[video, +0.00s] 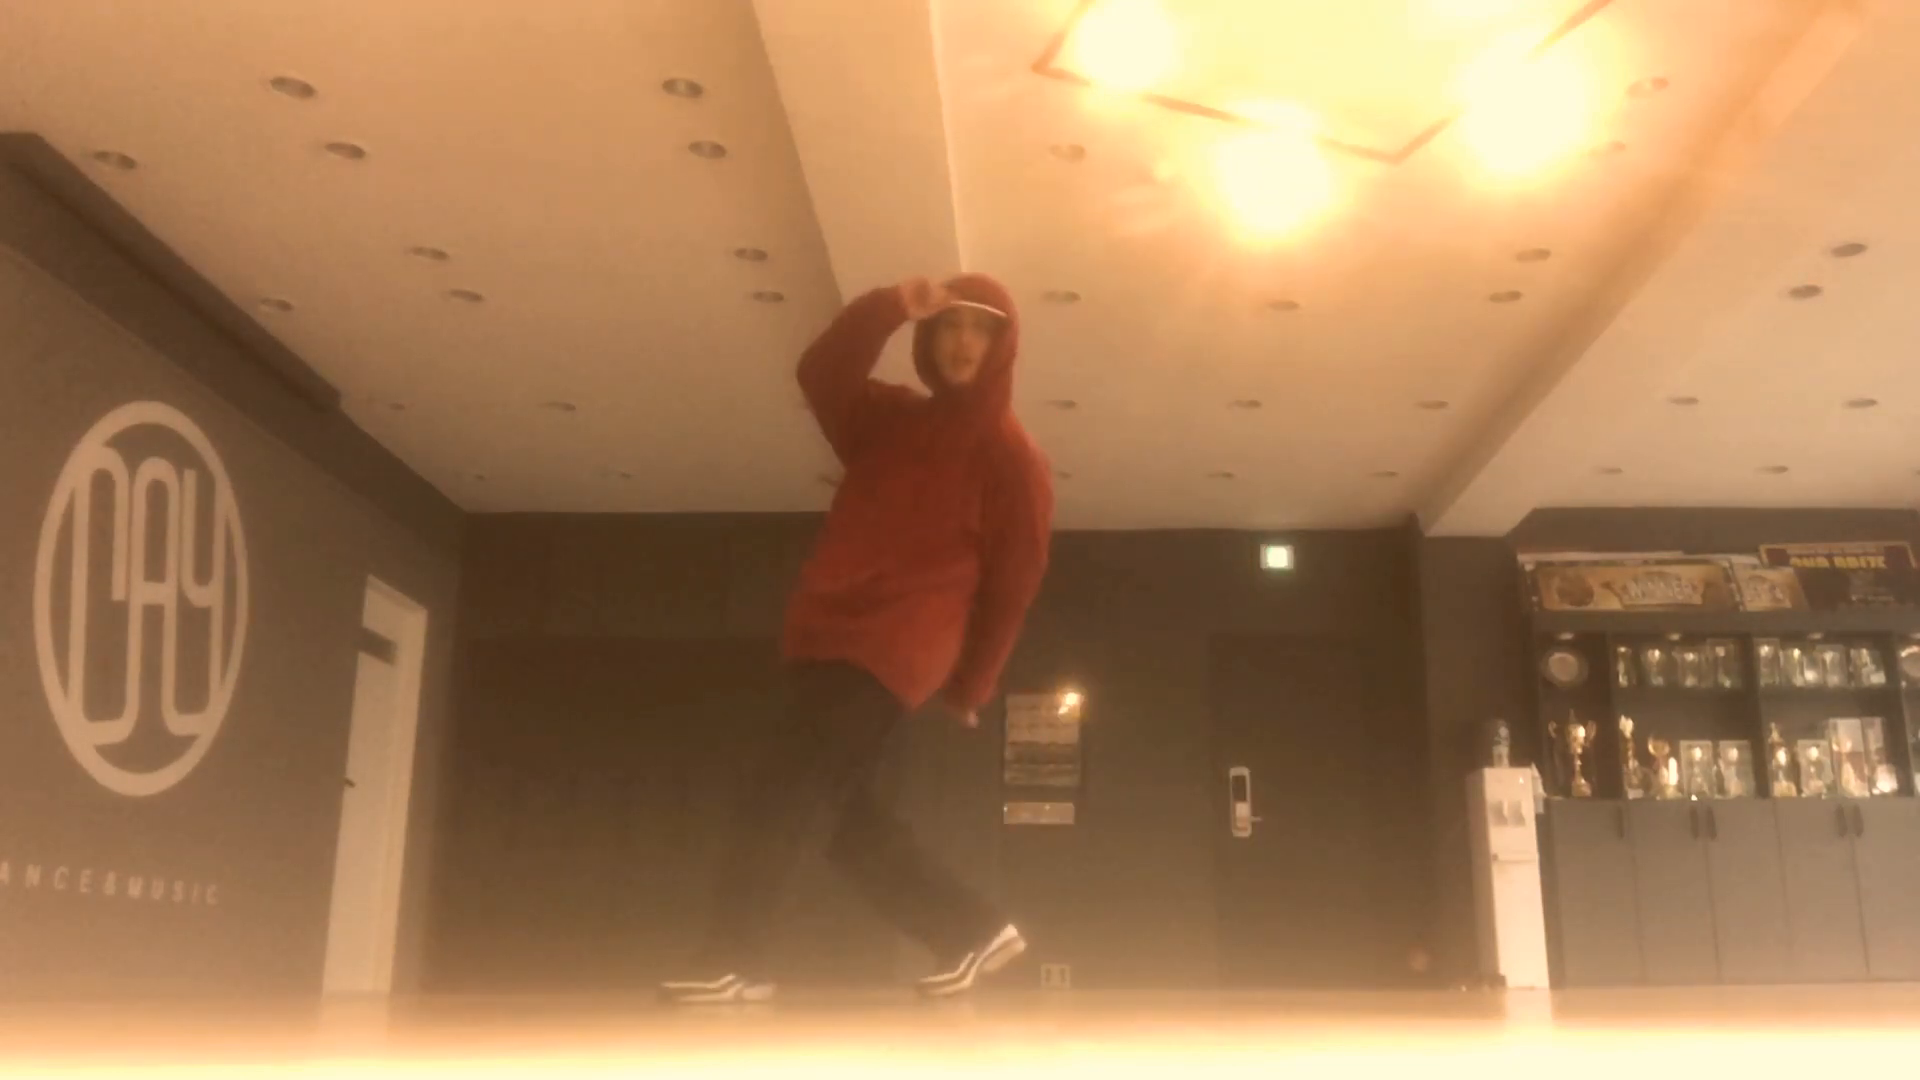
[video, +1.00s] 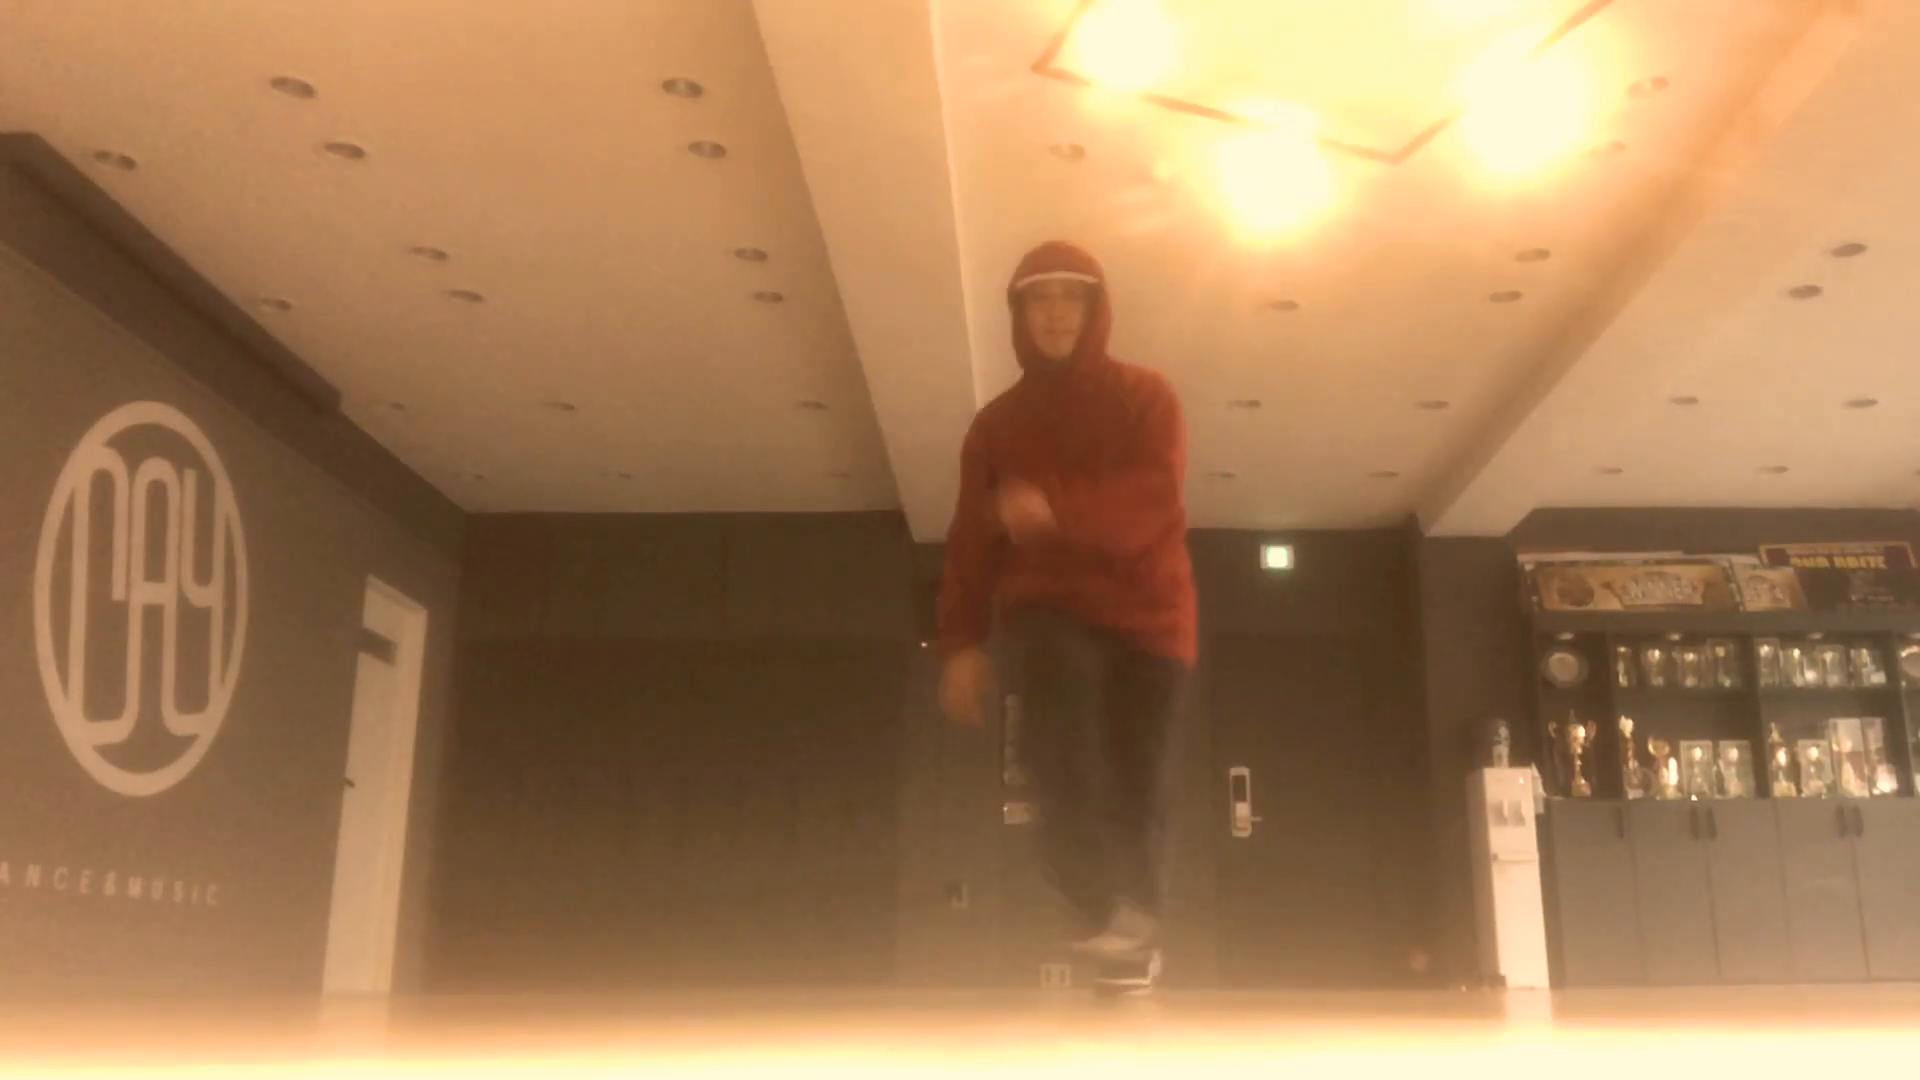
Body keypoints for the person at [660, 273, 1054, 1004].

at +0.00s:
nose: (960, 343)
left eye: (977, 330)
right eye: (948, 327)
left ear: (1001, 347)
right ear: (923, 339)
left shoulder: (1008, 452)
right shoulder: (886, 417)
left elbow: (1014, 579)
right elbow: (821, 372)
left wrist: (975, 681)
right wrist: (889, 306)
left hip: (902, 638)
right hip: (826, 623)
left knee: (791, 781)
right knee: (843, 812)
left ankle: (735, 960)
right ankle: (971, 932)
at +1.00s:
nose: (1054, 316)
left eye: (1069, 300)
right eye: (1037, 301)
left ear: (1095, 311)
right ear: (1017, 314)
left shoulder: (1145, 398)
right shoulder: (997, 424)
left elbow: (1156, 504)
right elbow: (970, 544)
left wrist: (1058, 508)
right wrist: (962, 645)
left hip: (1144, 612)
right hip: (1048, 610)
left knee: (1134, 766)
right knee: (1061, 739)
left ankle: (1131, 927)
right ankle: (1106, 909)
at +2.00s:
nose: (992, 287)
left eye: (1011, 274)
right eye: (977, 267)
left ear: (1032, 291)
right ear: (947, 278)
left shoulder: (1053, 398)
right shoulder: (891, 379)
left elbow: (1083, 534)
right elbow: (842, 503)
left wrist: (1068, 655)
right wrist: (851, 613)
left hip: (993, 640)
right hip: (889, 629)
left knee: (1006, 813)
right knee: (862, 800)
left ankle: (1024, 952)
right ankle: (855, 964)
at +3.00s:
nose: (785, 291)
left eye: (806, 271)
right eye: (767, 273)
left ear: (843, 279)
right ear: (749, 290)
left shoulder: (900, 367)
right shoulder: (766, 397)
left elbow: (836, 482)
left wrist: (701, 568)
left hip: (965, 594)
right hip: (861, 609)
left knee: (931, 759)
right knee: (845, 774)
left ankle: (922, 956)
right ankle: (840, 954)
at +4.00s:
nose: (824, 288)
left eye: (841, 265)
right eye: (806, 272)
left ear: (880, 266)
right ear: (792, 287)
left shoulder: (937, 355)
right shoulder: (844, 381)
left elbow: (989, 510)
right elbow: (832, 523)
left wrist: (1042, 649)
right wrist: (765, 502)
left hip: (1007, 582)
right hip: (938, 584)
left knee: (918, 717)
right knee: (864, 727)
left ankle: (953, 946)